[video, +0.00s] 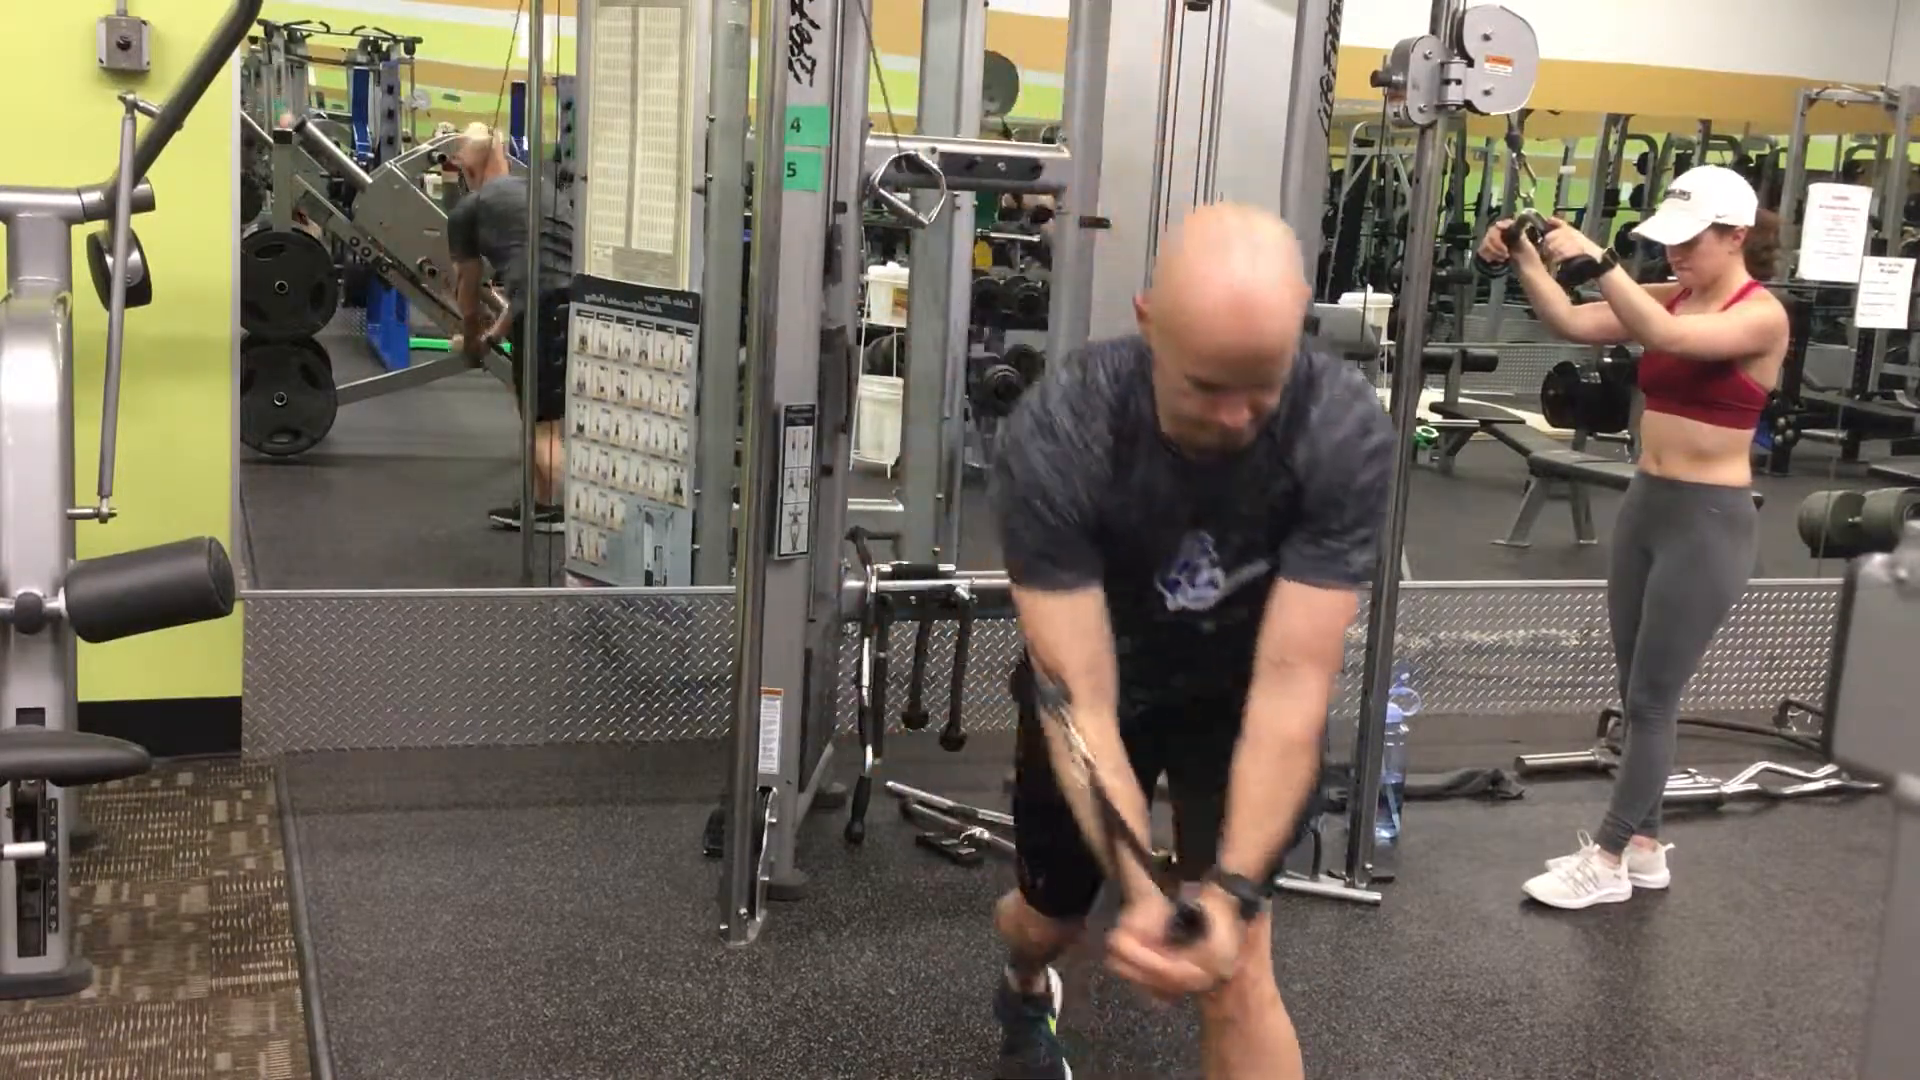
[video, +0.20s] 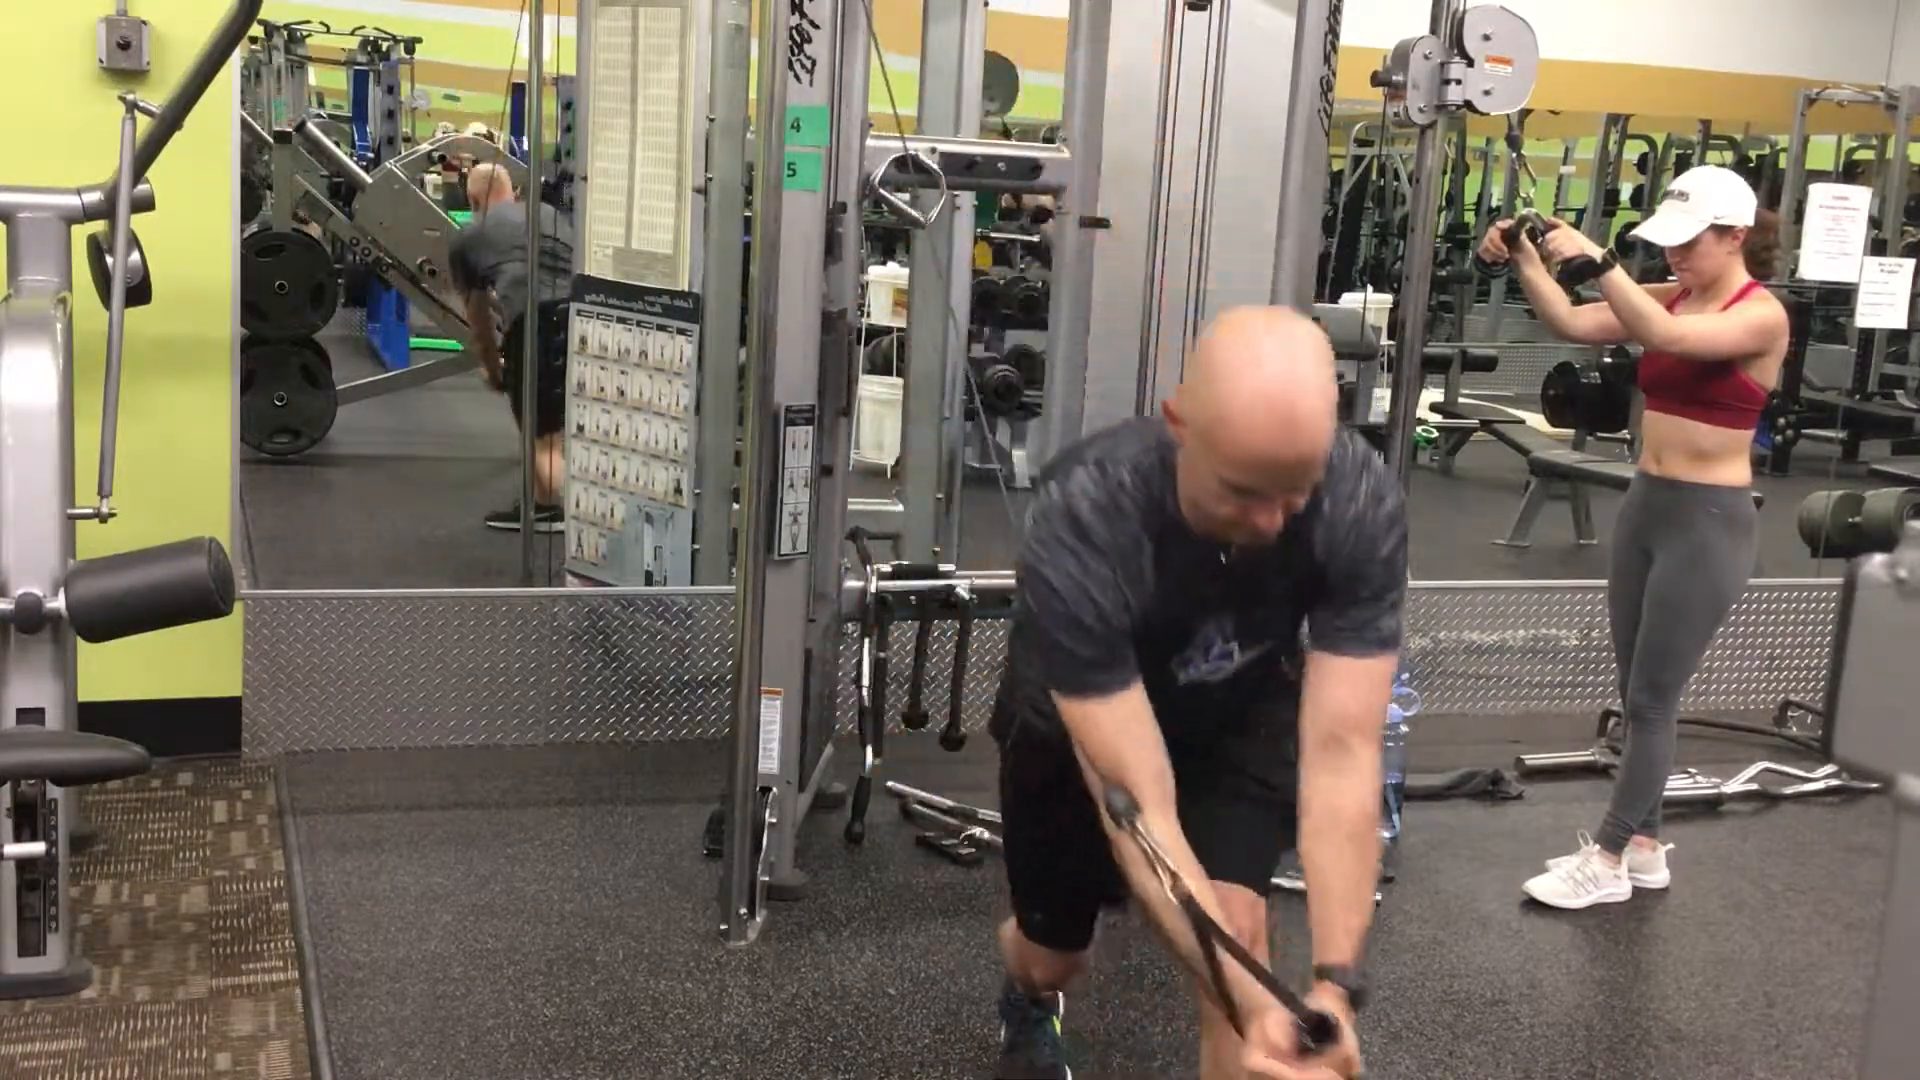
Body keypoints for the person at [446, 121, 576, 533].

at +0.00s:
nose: (459, 174)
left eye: (459, 167)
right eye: (457, 167)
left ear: (467, 166)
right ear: (502, 157)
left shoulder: (470, 208)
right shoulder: (542, 189)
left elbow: (468, 285)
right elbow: (534, 275)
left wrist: (471, 340)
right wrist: (498, 329)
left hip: (539, 307)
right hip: (581, 298)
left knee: (541, 421)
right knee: (556, 415)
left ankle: (562, 506)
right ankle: (540, 501)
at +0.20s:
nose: (471, 207)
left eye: (471, 201)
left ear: (474, 200)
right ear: (512, 192)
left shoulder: (471, 239)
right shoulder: (552, 216)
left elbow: (480, 317)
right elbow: (574, 272)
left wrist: (492, 368)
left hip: (531, 326)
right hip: (579, 318)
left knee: (539, 431)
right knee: (558, 423)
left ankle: (557, 507)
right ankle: (542, 502)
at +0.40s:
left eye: (474, 215)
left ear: (473, 216)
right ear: (514, 207)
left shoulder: (469, 250)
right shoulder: (547, 226)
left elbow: (481, 331)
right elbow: (573, 274)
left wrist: (497, 378)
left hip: (526, 326)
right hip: (580, 315)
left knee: (544, 440)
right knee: (548, 427)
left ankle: (578, 512)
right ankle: (542, 501)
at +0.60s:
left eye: (472, 217)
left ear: (471, 217)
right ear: (509, 207)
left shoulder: (465, 250)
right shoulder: (544, 226)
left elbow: (479, 334)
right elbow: (572, 273)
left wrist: (498, 380)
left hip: (525, 323)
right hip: (578, 314)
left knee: (543, 438)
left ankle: (575, 513)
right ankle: (541, 501)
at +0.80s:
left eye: (468, 216)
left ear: (469, 218)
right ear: (508, 208)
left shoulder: (464, 250)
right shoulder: (544, 226)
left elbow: (476, 334)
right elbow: (572, 272)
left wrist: (496, 384)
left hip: (525, 325)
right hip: (578, 314)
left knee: (543, 439)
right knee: (552, 425)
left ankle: (577, 515)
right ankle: (540, 501)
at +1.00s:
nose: (466, 219)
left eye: (466, 213)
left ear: (469, 214)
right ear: (506, 204)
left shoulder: (464, 248)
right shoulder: (544, 225)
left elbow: (476, 337)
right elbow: (570, 275)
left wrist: (496, 383)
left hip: (529, 325)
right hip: (581, 314)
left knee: (544, 437)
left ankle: (572, 512)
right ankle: (538, 501)